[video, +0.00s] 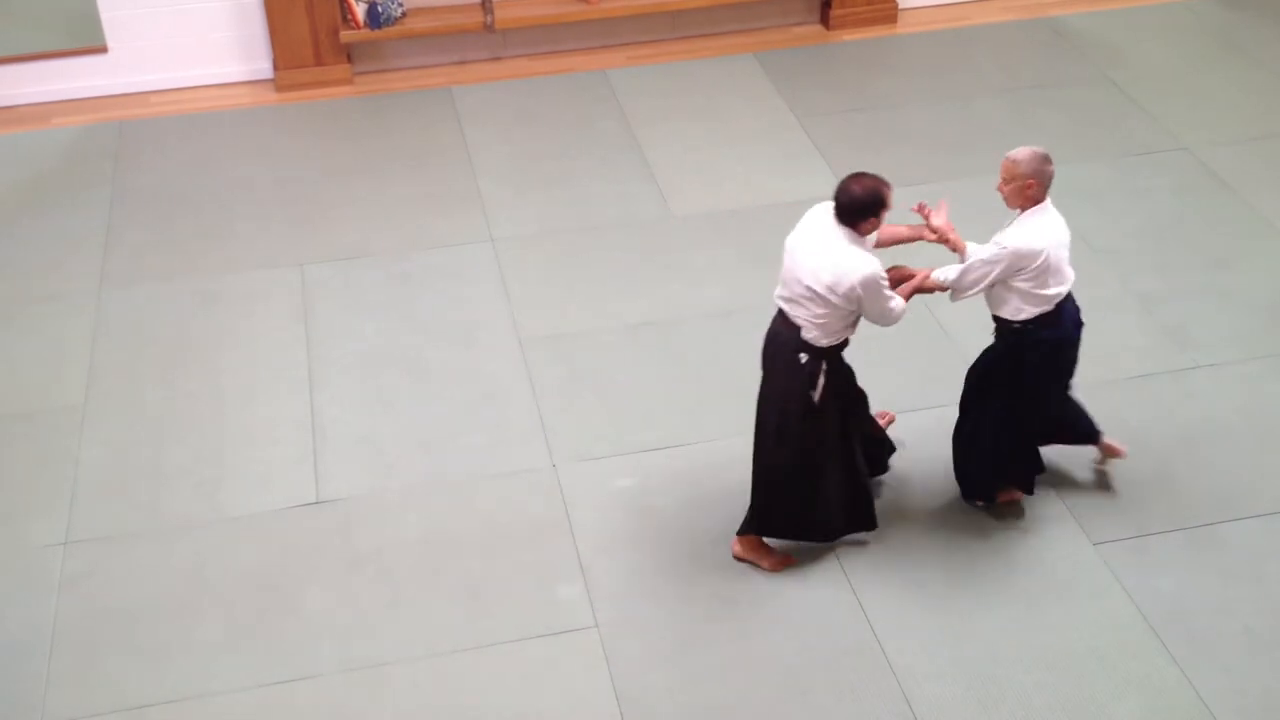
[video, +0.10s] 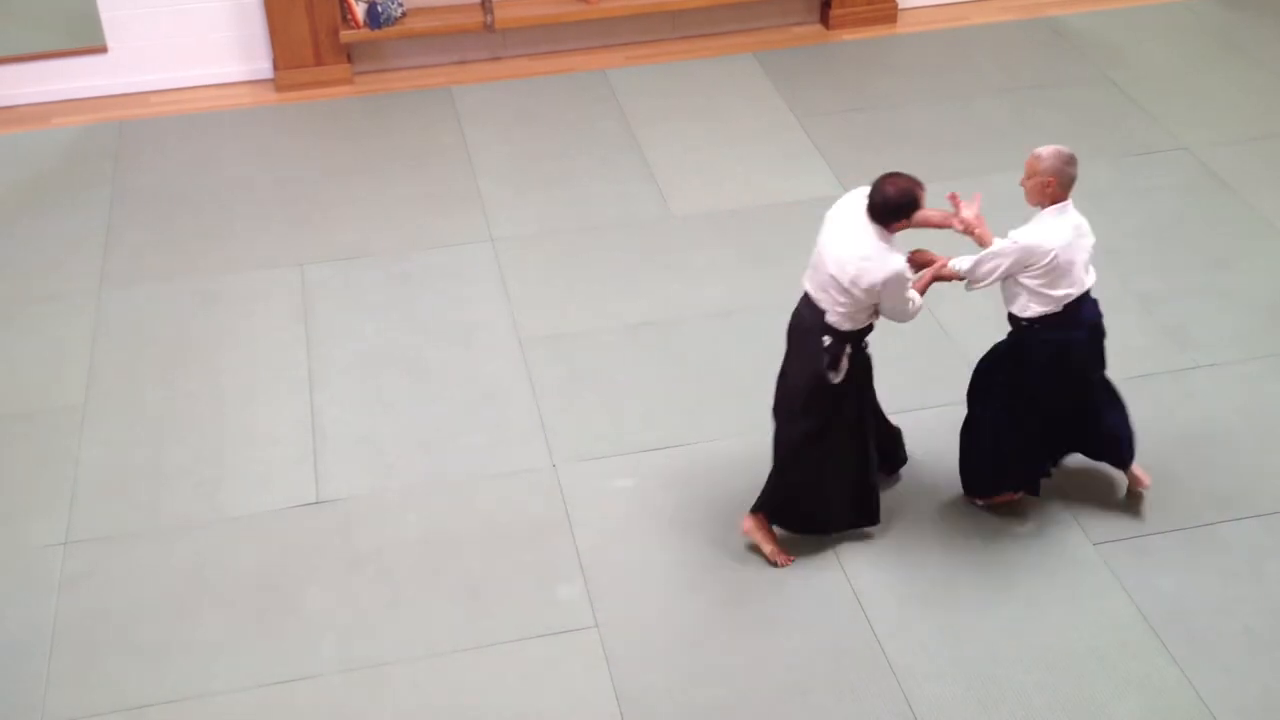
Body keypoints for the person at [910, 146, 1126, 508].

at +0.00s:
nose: (999, 187)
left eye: (1006, 181)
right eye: (1001, 179)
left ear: (1031, 189)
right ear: (1033, 188)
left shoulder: (1020, 241)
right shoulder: (1049, 219)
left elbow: (966, 277)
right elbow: (995, 259)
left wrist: (917, 280)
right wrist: (952, 239)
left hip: (1030, 339)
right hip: (1059, 324)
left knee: (986, 396)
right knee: (1042, 399)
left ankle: (1005, 485)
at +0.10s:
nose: (1021, 182)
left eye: (1027, 176)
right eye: (1024, 174)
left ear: (1048, 186)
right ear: (1058, 186)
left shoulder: (1032, 240)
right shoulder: (1075, 222)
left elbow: (980, 270)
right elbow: (1015, 259)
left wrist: (936, 266)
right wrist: (979, 231)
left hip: (1042, 341)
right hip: (1084, 329)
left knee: (988, 387)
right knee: (1090, 397)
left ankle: (1004, 483)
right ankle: (1128, 466)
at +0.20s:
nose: (1046, 179)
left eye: (1050, 173)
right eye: (1049, 172)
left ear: (1065, 184)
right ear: (1089, 184)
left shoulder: (1044, 237)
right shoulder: (1103, 226)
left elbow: (994, 263)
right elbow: (1046, 251)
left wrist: (961, 257)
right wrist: (1009, 221)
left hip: (1052, 343)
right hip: (1101, 335)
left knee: (1004, 392)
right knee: (1100, 409)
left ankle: (1002, 482)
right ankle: (1122, 487)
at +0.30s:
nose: (1072, 179)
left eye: (1075, 174)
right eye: (1074, 173)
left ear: (1087, 184)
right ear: (1116, 185)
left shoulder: (1058, 234)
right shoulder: (1129, 230)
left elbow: (1014, 255)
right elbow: (1078, 242)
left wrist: (997, 245)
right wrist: (1044, 215)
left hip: (1063, 339)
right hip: (1118, 336)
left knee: (1018, 404)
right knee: (1116, 411)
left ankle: (1007, 485)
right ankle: (1124, 488)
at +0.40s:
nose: (1094, 177)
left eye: (1097, 172)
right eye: (1097, 171)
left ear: (1105, 182)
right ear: (1139, 187)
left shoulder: (1074, 231)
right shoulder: (1149, 232)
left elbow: (1038, 251)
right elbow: (1101, 241)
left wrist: (1031, 237)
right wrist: (1076, 208)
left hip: (1074, 336)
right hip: (1126, 336)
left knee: (1040, 404)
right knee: (1128, 412)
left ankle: (1015, 480)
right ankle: (1127, 493)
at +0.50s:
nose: (1102, 176)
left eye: (1106, 173)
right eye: (1104, 172)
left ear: (1116, 185)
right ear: (1150, 191)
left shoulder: (1079, 230)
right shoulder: (1161, 237)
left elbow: (1064, 251)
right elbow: (1125, 241)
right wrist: (1109, 209)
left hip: (1077, 336)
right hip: (1131, 339)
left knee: (1052, 409)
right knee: (1132, 419)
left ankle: (1029, 488)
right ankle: (1124, 492)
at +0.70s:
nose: (1111, 186)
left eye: (1115, 184)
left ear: (1118, 192)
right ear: (1160, 204)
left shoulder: (1085, 233)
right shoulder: (1167, 252)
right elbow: (1153, 240)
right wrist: (1159, 211)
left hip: (1075, 332)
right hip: (1126, 341)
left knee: (1053, 407)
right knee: (1122, 421)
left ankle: (1022, 483)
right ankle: (1116, 500)